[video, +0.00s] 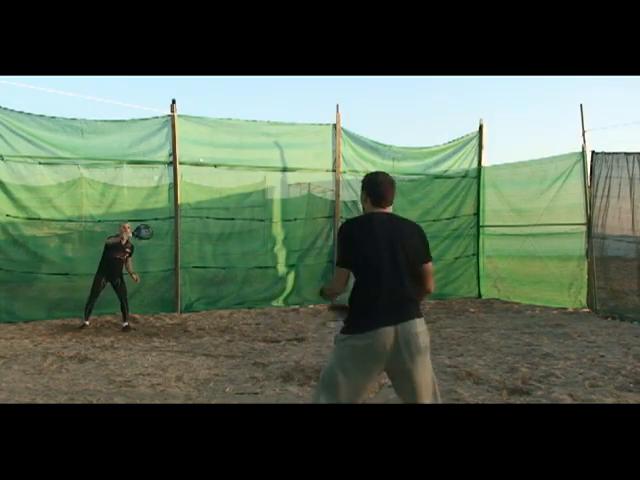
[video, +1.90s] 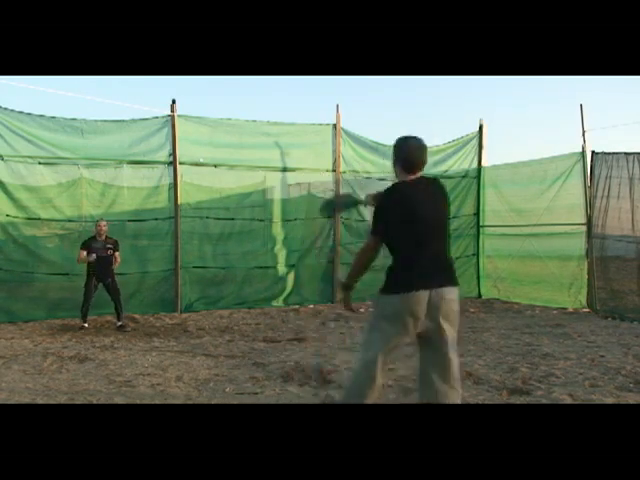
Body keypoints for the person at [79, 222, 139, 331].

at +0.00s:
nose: (126, 231)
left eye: (128, 229)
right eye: (124, 228)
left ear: (130, 231)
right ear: (120, 230)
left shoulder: (129, 246)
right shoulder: (111, 240)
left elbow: (127, 262)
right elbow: (109, 242)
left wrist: (132, 274)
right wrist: (122, 239)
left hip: (117, 274)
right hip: (103, 272)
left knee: (123, 298)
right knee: (93, 296)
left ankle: (125, 322)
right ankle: (86, 320)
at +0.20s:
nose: (124, 229)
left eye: (126, 227)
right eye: (121, 226)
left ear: (128, 229)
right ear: (118, 228)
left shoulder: (129, 245)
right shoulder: (109, 239)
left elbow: (129, 259)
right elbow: (102, 252)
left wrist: (132, 270)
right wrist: (117, 254)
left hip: (118, 274)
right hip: (104, 273)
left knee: (124, 298)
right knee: (94, 295)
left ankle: (125, 323)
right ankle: (85, 320)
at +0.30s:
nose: (120, 229)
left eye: (122, 227)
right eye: (118, 227)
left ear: (125, 229)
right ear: (114, 228)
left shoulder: (127, 245)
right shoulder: (105, 242)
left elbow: (128, 259)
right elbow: (96, 257)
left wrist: (131, 268)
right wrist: (108, 263)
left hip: (117, 276)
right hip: (103, 275)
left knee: (124, 298)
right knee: (91, 297)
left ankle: (126, 323)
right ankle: (83, 321)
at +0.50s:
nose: (108, 231)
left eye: (110, 228)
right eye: (105, 228)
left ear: (112, 230)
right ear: (101, 230)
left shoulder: (116, 246)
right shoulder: (92, 244)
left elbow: (119, 262)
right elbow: (84, 260)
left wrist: (118, 266)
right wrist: (94, 269)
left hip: (109, 275)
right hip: (95, 275)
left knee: (119, 299)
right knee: (83, 299)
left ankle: (124, 323)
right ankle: (79, 323)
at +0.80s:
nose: (98, 229)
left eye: (100, 227)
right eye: (95, 227)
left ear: (103, 229)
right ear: (92, 228)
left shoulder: (108, 244)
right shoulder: (83, 243)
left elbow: (110, 257)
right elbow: (75, 259)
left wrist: (112, 265)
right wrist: (84, 263)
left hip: (102, 275)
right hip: (88, 275)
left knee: (112, 298)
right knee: (80, 298)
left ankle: (118, 321)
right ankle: (78, 322)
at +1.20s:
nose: (99, 237)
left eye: (101, 235)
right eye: (96, 235)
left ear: (103, 237)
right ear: (93, 237)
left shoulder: (110, 250)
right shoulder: (89, 253)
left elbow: (115, 265)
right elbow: (87, 272)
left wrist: (115, 275)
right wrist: (94, 274)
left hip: (106, 281)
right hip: (92, 281)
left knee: (119, 300)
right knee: (82, 301)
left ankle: (119, 322)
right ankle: (78, 323)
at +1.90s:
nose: (101, 228)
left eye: (104, 226)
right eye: (99, 226)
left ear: (107, 228)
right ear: (95, 228)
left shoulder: (113, 242)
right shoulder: (88, 242)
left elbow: (117, 258)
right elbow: (80, 258)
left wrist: (114, 264)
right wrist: (88, 259)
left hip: (108, 273)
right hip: (93, 273)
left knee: (116, 296)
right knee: (87, 297)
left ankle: (120, 321)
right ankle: (84, 322)